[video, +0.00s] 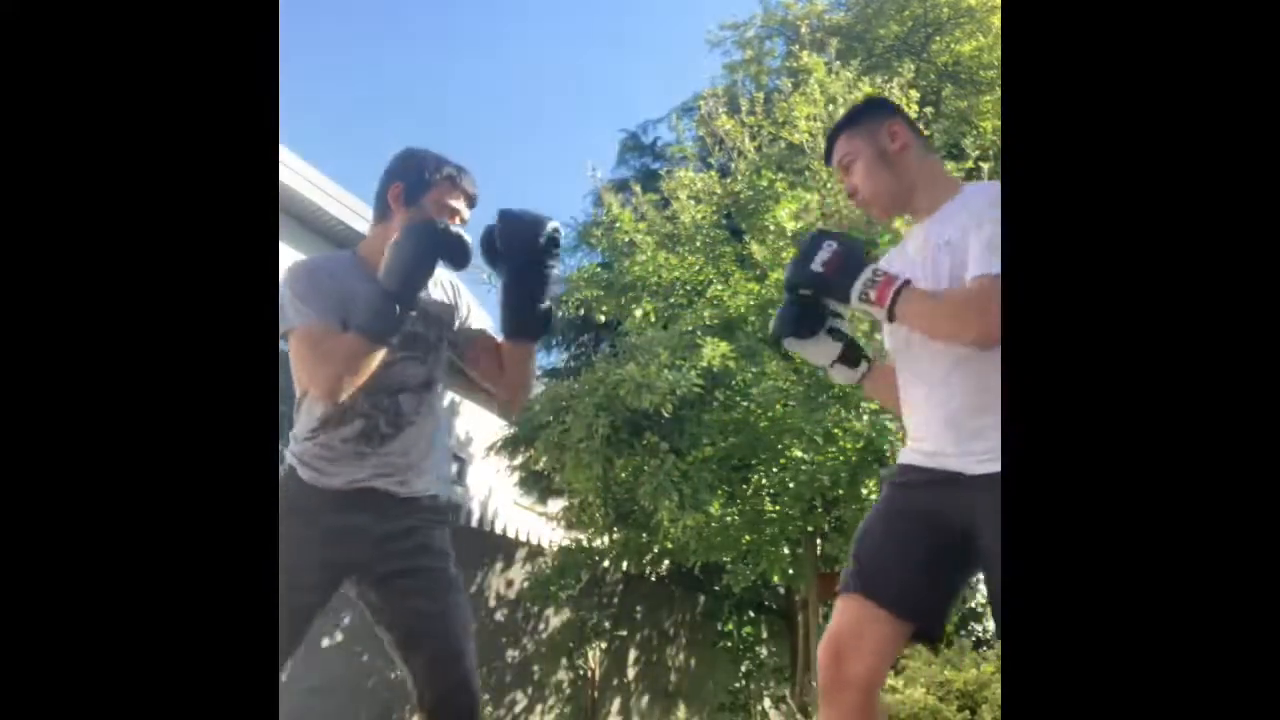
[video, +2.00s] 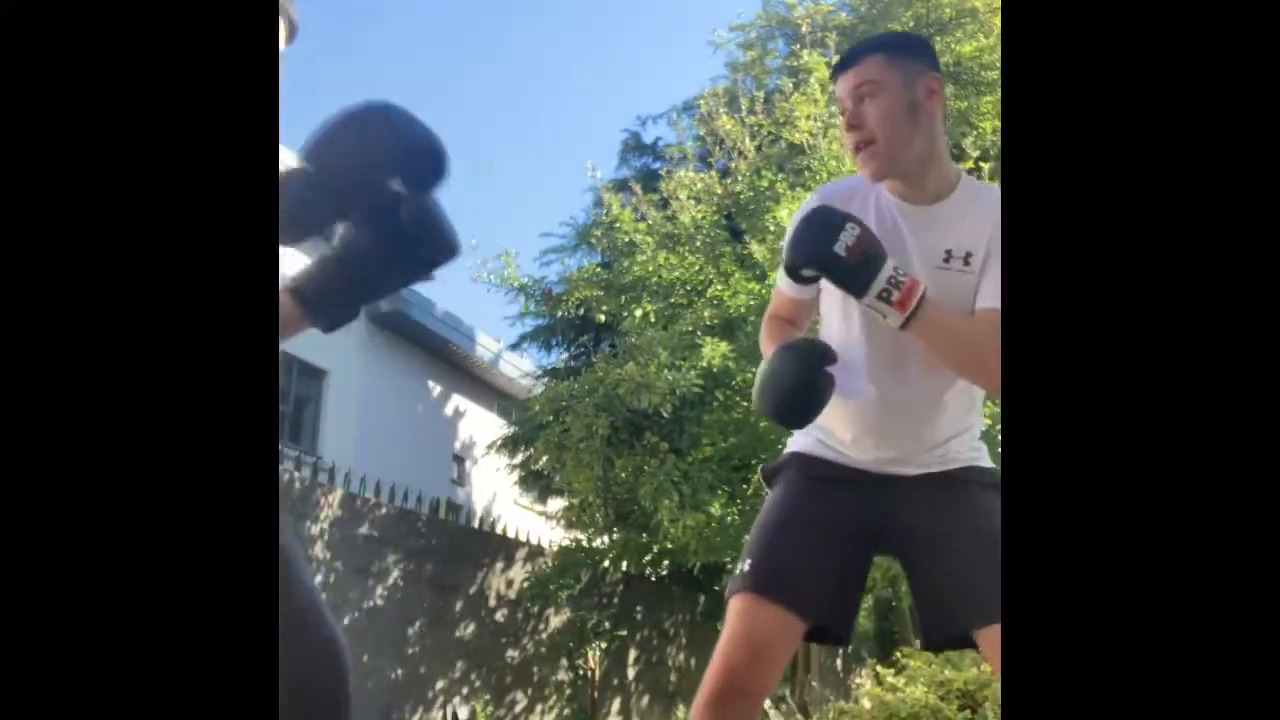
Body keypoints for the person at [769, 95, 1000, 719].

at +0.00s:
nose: (847, 190)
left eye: (850, 166)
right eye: (841, 178)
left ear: (898, 138)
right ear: (895, 149)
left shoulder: (990, 205)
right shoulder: (899, 261)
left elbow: (986, 320)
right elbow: (921, 401)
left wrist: (868, 285)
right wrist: (841, 357)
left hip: (998, 477)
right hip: (924, 478)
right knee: (845, 661)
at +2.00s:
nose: (850, 124)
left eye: (866, 98)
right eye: (843, 110)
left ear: (932, 95)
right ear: (842, 125)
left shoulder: (992, 214)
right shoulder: (833, 206)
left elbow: (994, 365)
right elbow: (784, 317)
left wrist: (887, 286)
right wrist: (789, 366)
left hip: (951, 469)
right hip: (829, 463)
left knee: (1005, 658)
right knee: (730, 684)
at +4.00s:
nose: (833, 50)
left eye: (856, 26)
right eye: (826, 38)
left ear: (919, 36)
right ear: (819, 58)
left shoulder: (976, 170)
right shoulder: (783, 158)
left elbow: (969, 283)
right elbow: (735, 284)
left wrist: (850, 189)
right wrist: (736, 303)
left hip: (910, 441)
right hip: (777, 433)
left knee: (1003, 669)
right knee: (672, 672)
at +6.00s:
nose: (484, 113)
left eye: (504, 105)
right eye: (472, 105)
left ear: (539, 137)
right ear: (455, 123)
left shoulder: (527, 252)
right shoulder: (393, 172)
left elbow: (529, 336)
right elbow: (286, 256)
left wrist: (473, 226)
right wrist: (337, 303)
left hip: (428, 451)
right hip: (338, 396)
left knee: (406, 694)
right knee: (304, 621)